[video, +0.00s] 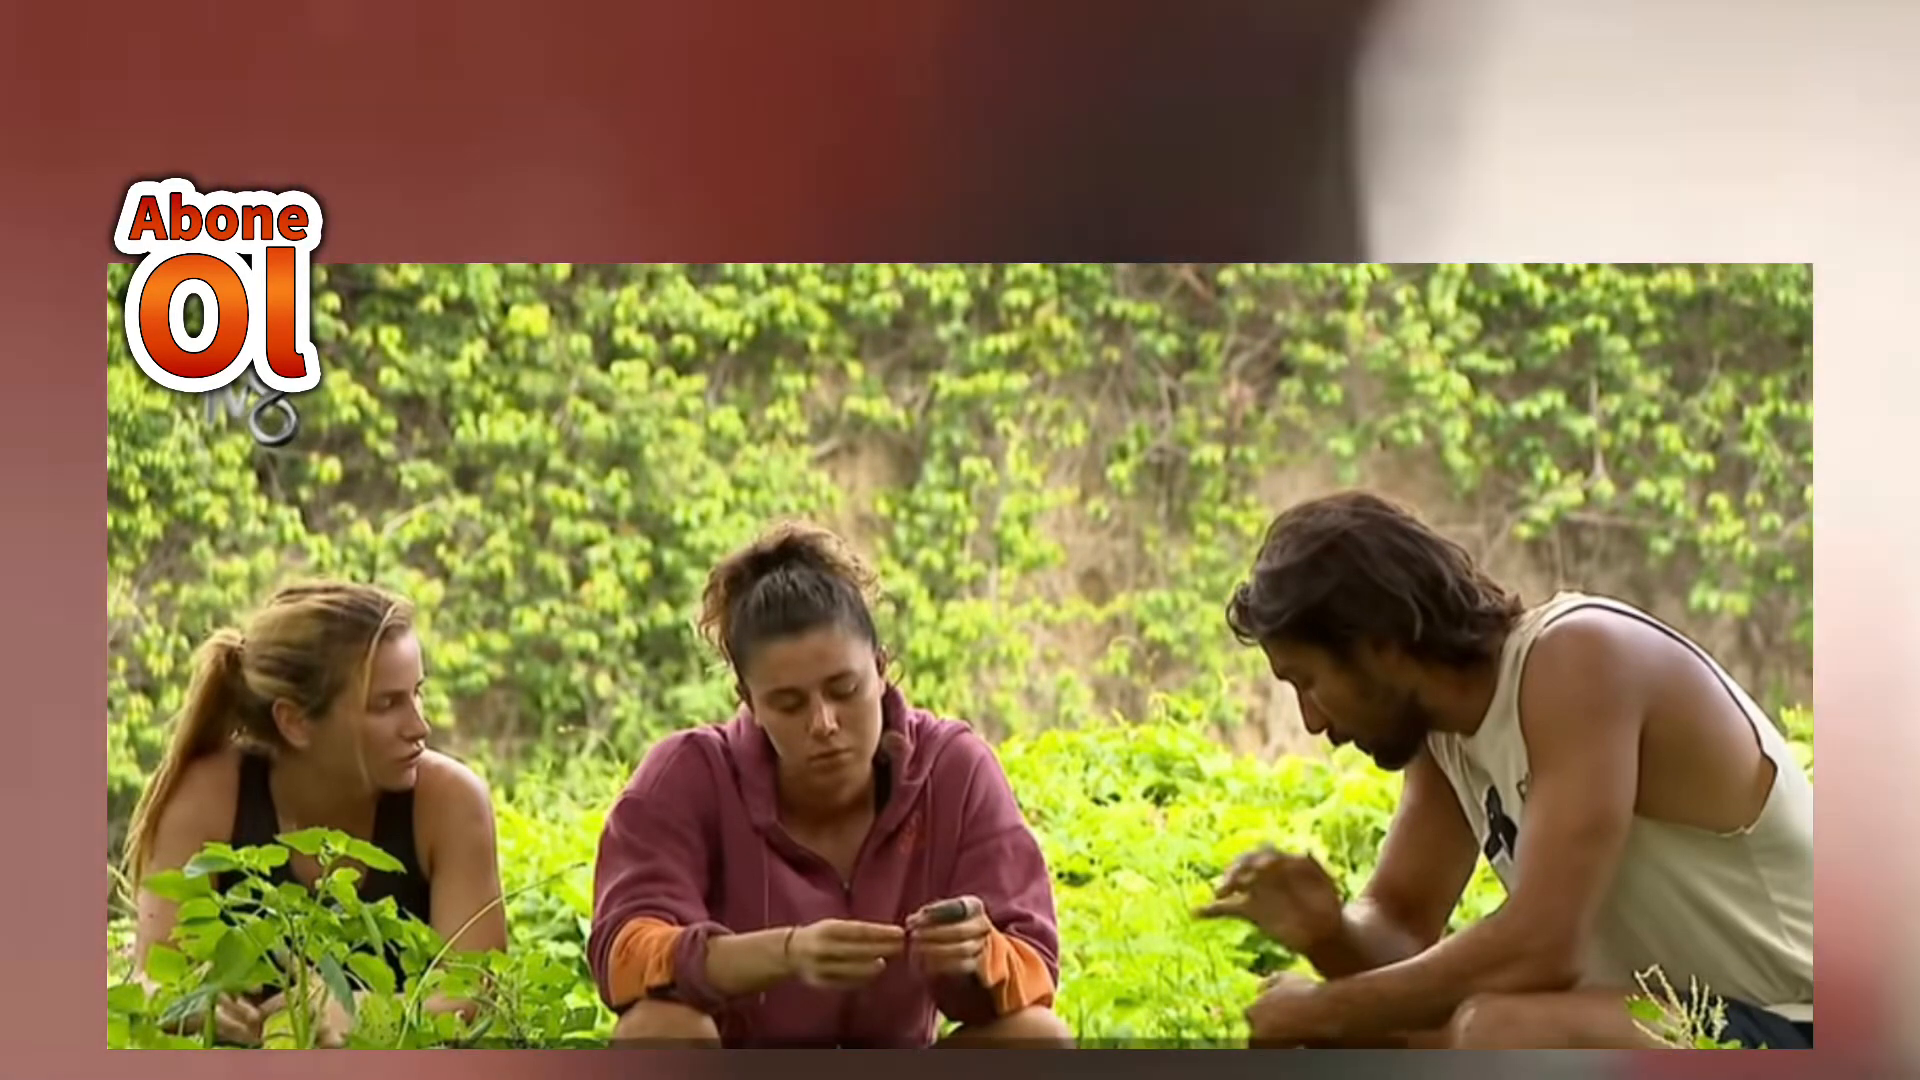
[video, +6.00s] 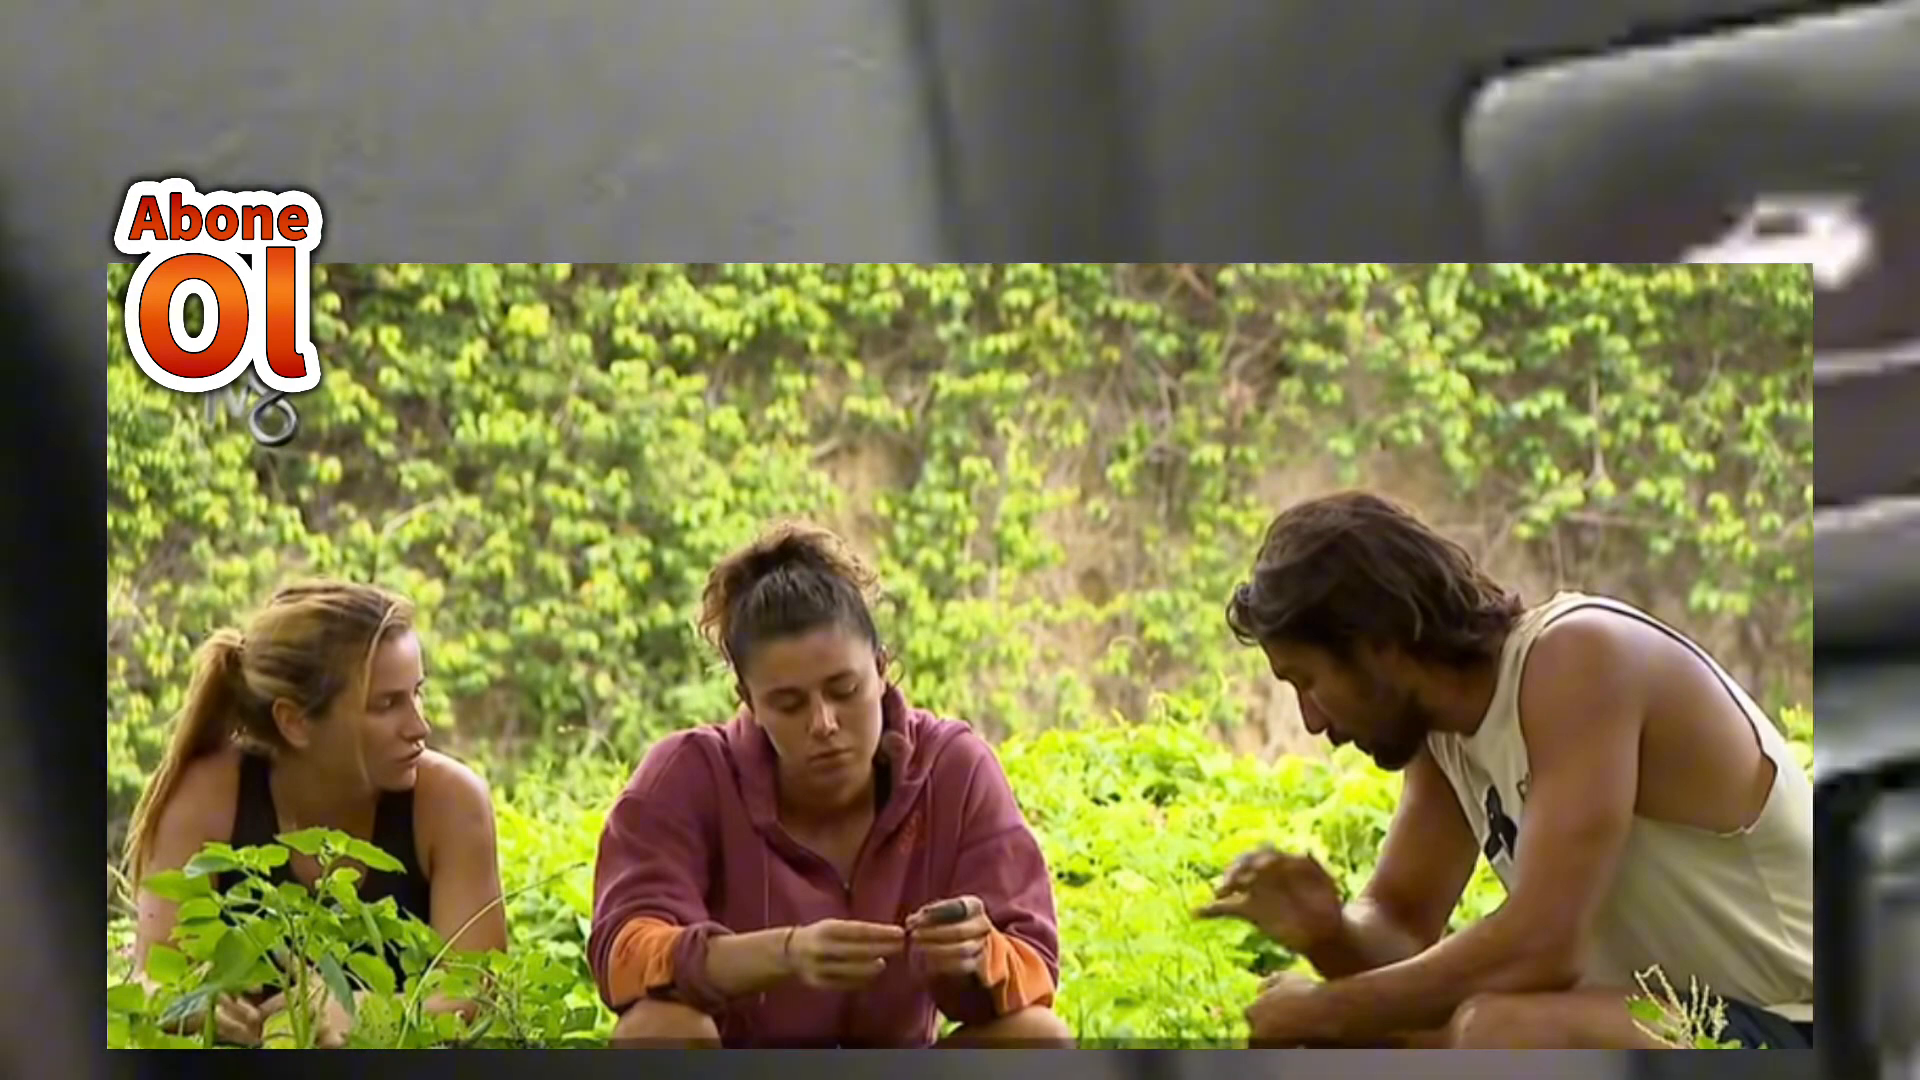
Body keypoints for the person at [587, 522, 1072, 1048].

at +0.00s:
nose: (824, 725)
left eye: (844, 690)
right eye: (789, 703)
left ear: (880, 669)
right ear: (747, 699)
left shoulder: (955, 766)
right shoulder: (687, 773)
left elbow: (1030, 970)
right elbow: (629, 957)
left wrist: (978, 953)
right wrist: (787, 952)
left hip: (897, 1059)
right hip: (738, 1061)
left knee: (1037, 1036)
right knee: (660, 1026)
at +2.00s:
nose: (824, 725)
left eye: (844, 690)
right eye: (789, 703)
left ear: (881, 670)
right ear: (747, 700)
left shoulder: (955, 766)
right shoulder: (687, 773)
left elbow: (1030, 971)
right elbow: (629, 957)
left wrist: (977, 953)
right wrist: (785, 953)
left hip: (897, 1053)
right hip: (739, 1056)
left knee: (1036, 1035)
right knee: (659, 1026)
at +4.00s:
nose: (824, 725)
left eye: (844, 690)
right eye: (789, 703)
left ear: (881, 670)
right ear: (747, 698)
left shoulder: (955, 766)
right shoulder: (687, 773)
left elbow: (1030, 970)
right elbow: (629, 957)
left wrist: (977, 954)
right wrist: (786, 952)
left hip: (898, 1062)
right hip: (739, 1063)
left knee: (1037, 1037)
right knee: (658, 1026)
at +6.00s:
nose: (824, 725)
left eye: (844, 690)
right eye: (789, 703)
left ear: (881, 670)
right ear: (747, 699)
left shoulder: (955, 766)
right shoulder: (687, 773)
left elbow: (1030, 970)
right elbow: (630, 957)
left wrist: (977, 953)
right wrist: (785, 953)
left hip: (897, 1061)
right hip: (739, 1062)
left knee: (1037, 1037)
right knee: (659, 1026)